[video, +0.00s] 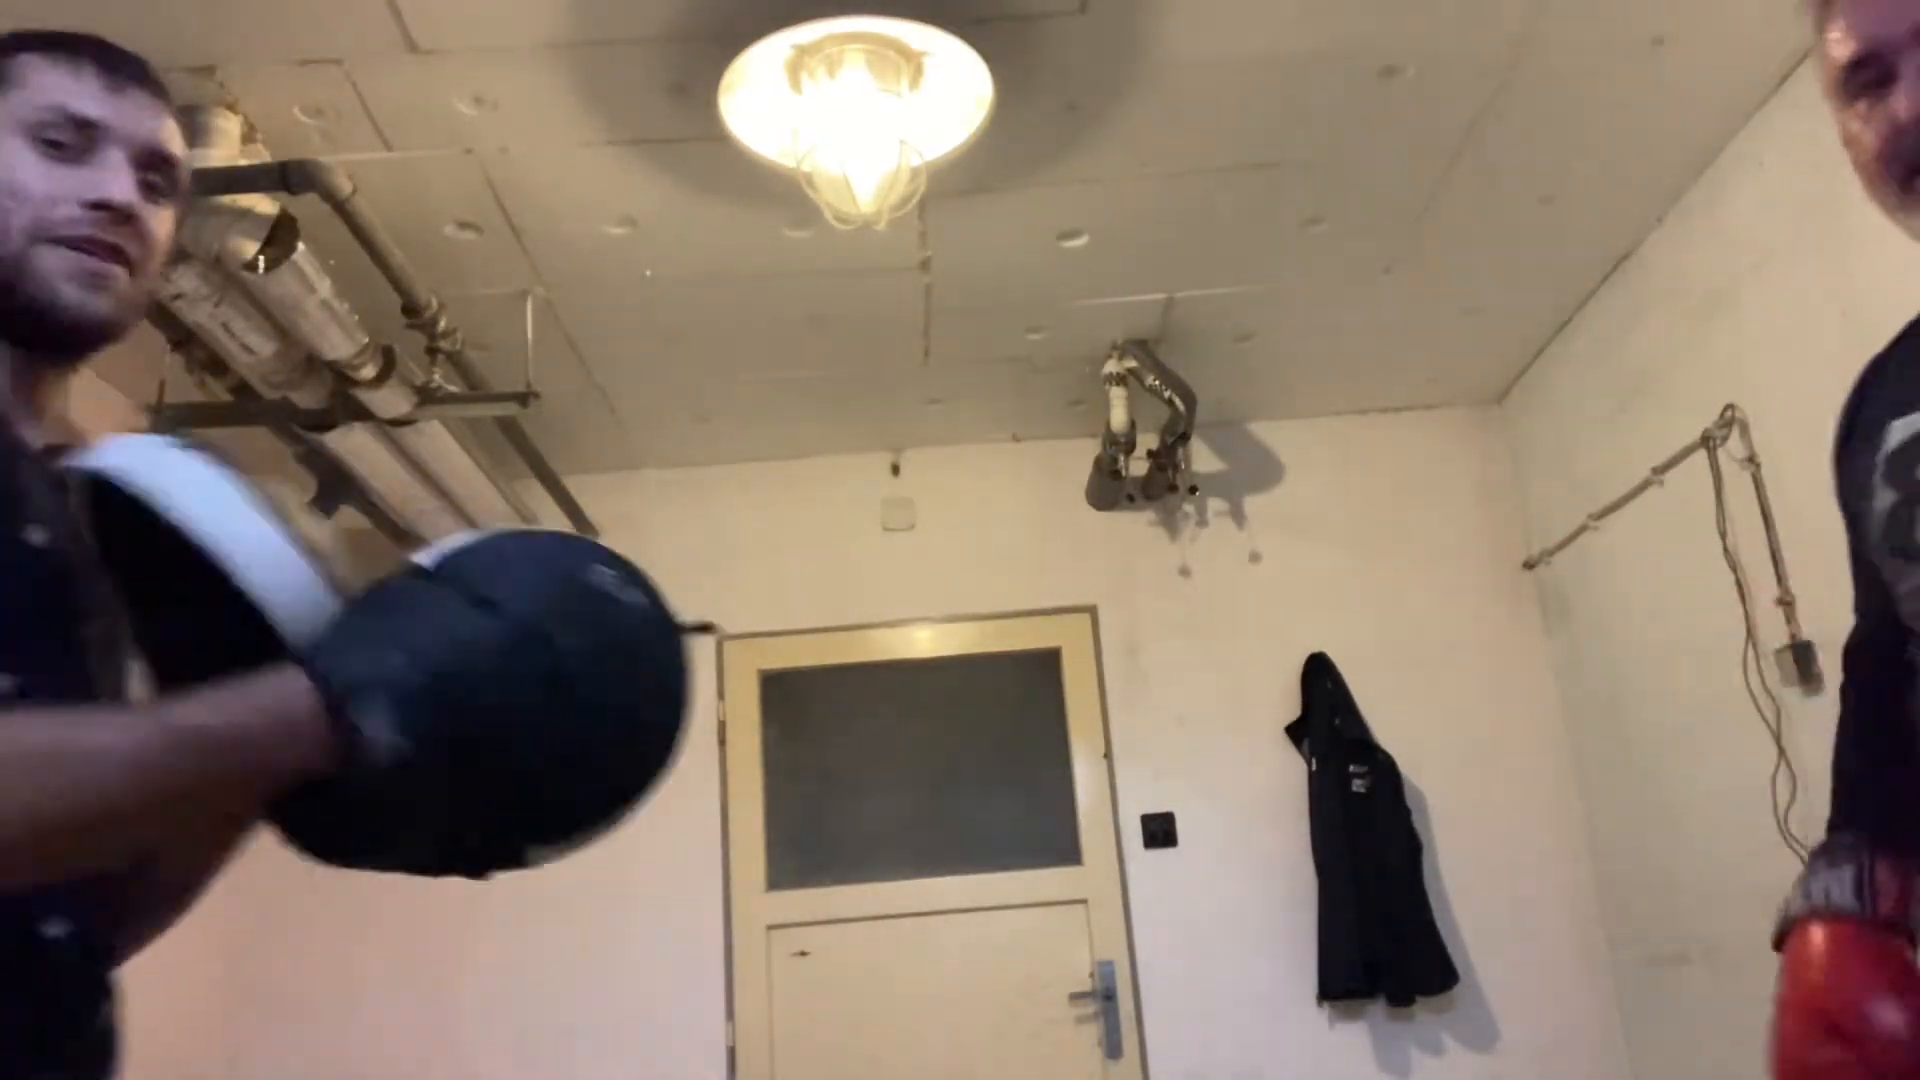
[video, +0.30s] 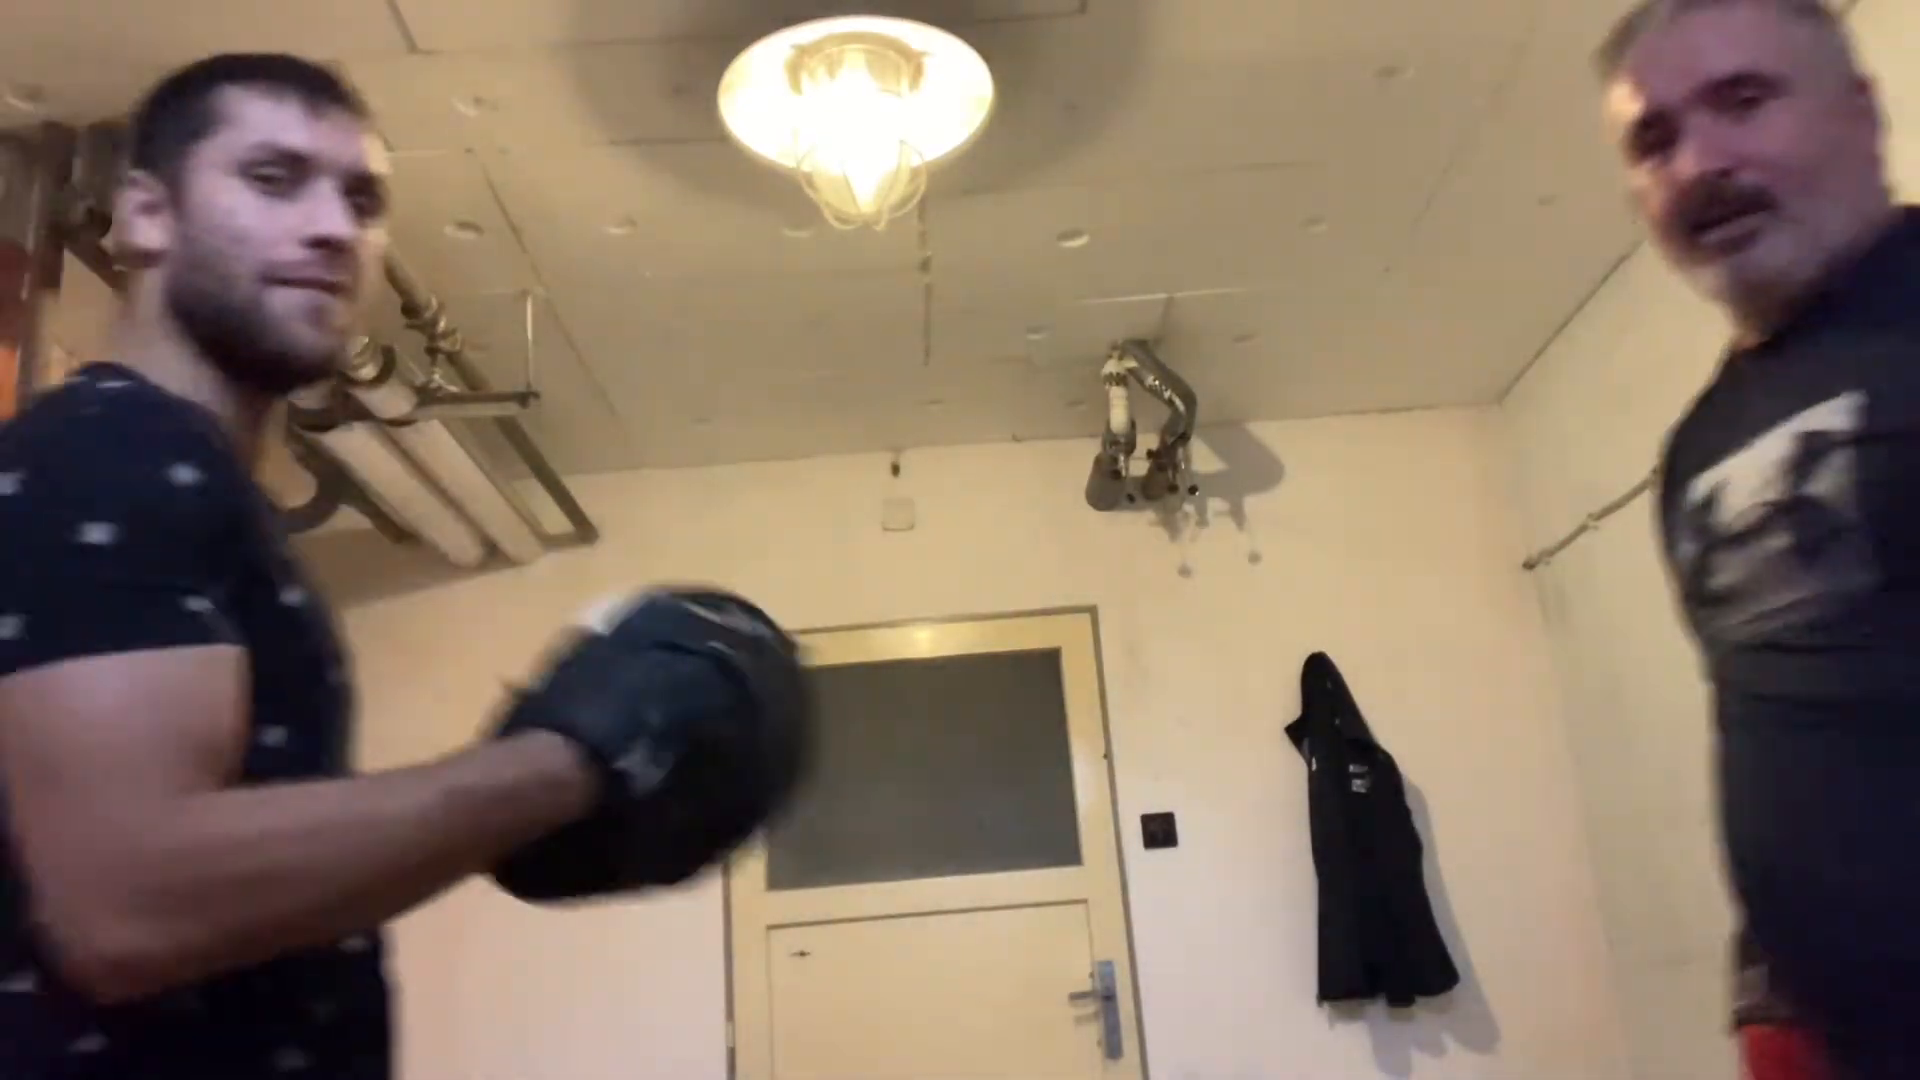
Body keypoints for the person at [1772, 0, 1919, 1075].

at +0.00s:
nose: (1909, 109)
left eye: (1919, 62)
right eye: (1869, 79)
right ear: (1837, 122)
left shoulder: (1882, 406)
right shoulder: (1882, 408)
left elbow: (1882, 669)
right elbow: (1886, 667)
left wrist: (1854, 898)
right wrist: (1853, 894)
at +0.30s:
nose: (1698, 165)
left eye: (1742, 101)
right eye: (1653, 139)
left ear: (1863, 114)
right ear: (1634, 191)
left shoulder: (1904, 324)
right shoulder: (1693, 453)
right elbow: (1765, 748)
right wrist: (1766, 1005)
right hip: (1820, 1018)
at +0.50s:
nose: (1580, 189)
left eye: (1620, 131)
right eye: (1537, 173)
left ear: (1730, 144)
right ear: (1517, 229)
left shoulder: (1889, 268)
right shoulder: (1570, 474)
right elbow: (1598, 736)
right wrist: (1583, 997)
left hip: (1911, 979)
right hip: (1745, 1033)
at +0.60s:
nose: (1542, 193)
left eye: (1581, 136)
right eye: (1499, 177)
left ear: (1688, 146)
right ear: (1479, 231)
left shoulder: (1852, 273)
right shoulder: (1531, 476)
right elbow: (1551, 737)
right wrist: (1488, 981)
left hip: (1893, 990)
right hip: (1698, 1037)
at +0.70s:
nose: (1512, 193)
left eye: (1552, 137)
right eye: (1469, 175)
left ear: (1659, 152)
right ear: (1451, 233)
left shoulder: (1818, 285)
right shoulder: (1500, 475)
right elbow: (1515, 735)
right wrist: (1425, 945)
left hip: (1878, 1003)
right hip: (1656, 1043)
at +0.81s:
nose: (1484, 189)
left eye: (1525, 132)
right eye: (1441, 171)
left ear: (1632, 147)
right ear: (1420, 227)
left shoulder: (1786, 284)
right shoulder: (1471, 468)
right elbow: (1492, 728)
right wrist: (1399, 940)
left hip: (1868, 1008)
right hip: (1626, 1042)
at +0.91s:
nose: (1458, 185)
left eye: (1499, 122)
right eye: (1412, 160)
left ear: (1611, 138)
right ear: (1393, 216)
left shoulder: (1758, 281)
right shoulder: (1446, 460)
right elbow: (1473, 726)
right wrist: (1396, 966)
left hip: (1849, 1014)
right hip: (1593, 1044)